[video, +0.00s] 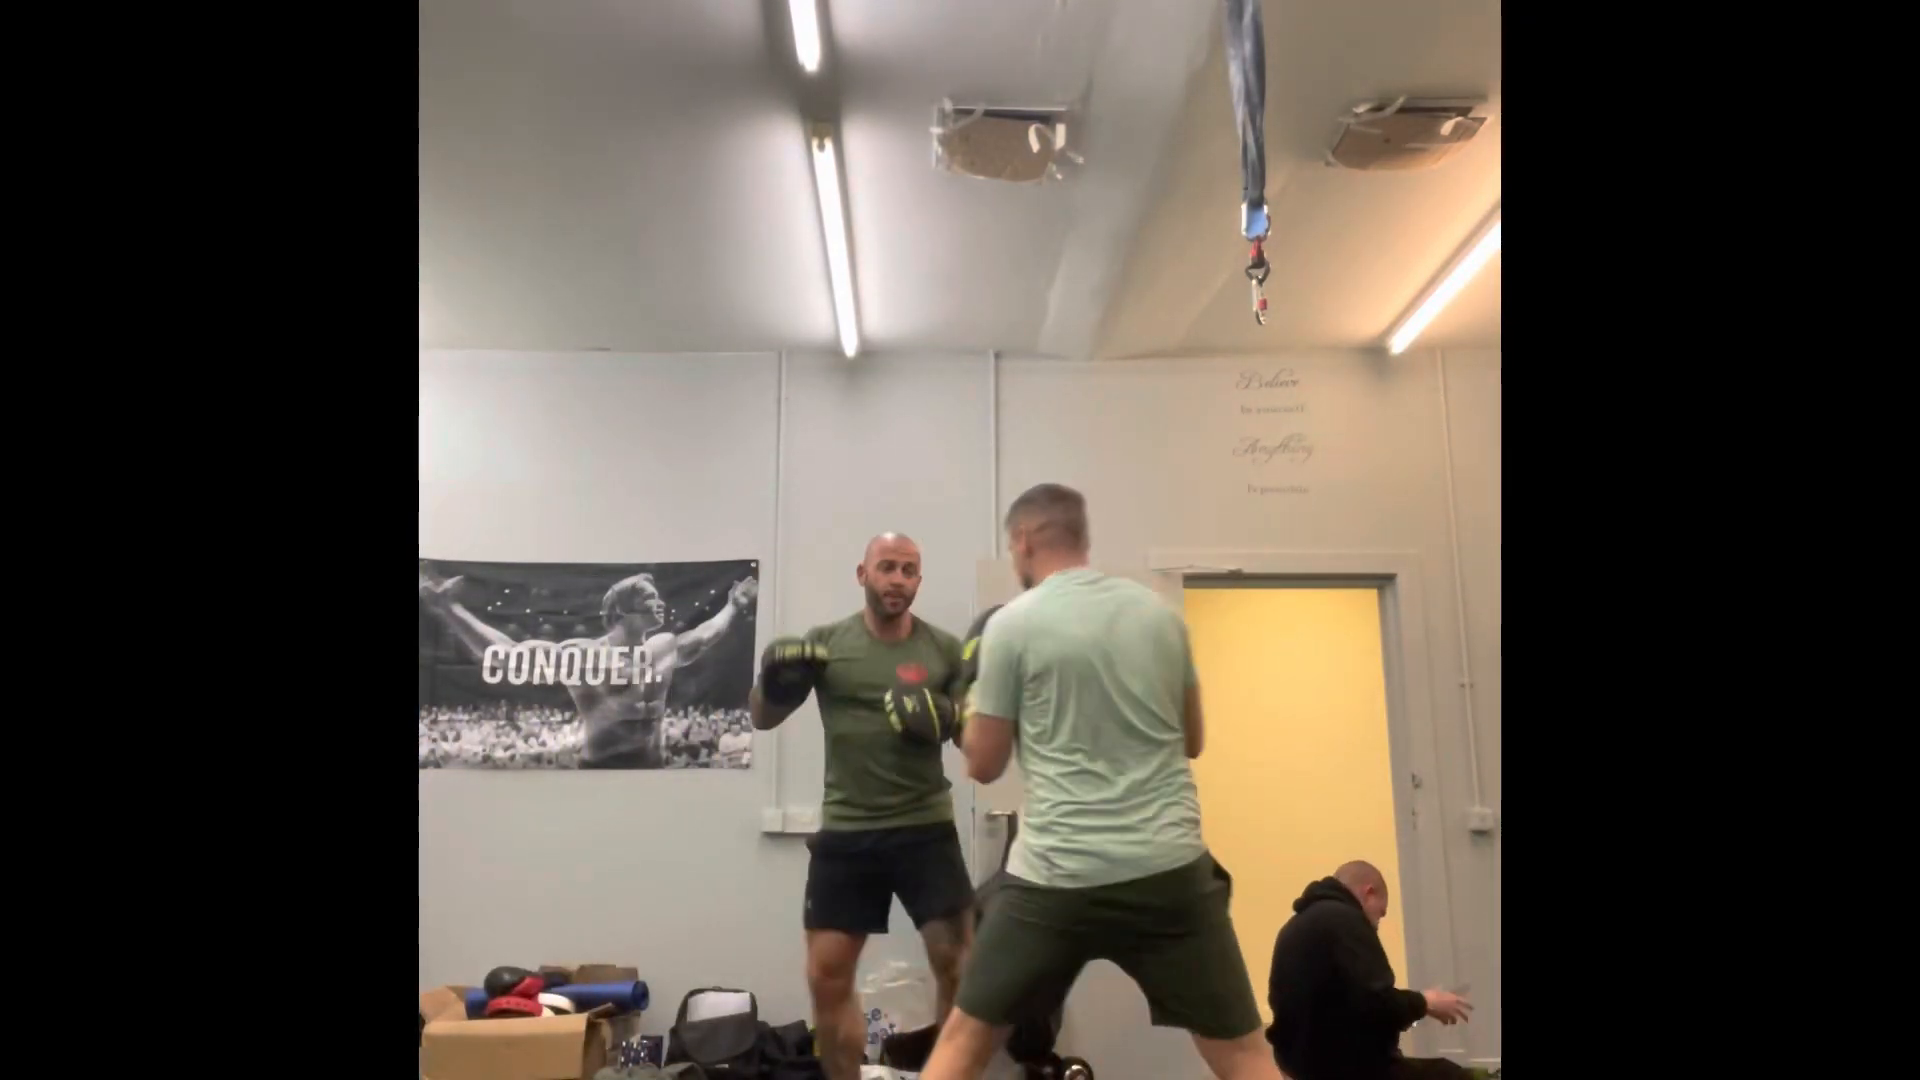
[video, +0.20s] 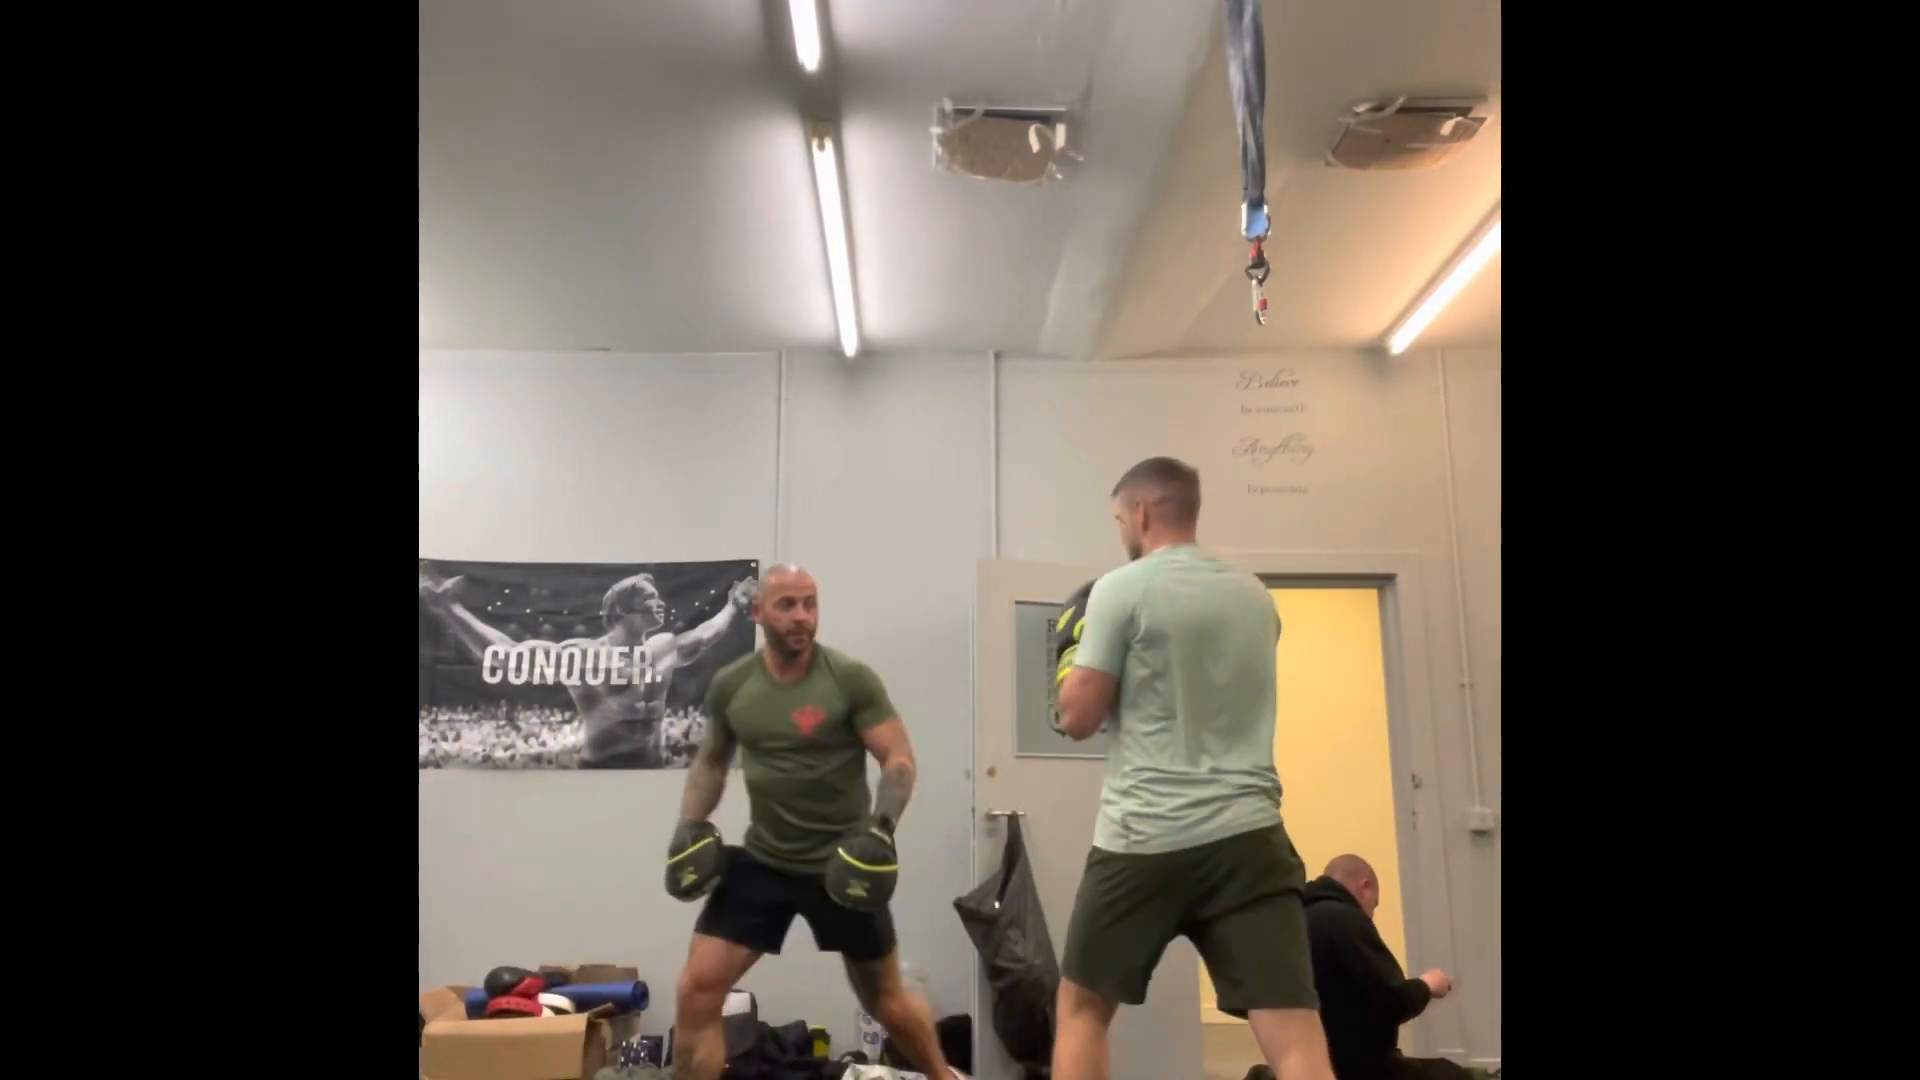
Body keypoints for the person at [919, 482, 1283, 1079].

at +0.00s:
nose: (1013, 561)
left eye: (1012, 548)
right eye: (1012, 549)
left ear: (1025, 542)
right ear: (1084, 540)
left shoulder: (1013, 625)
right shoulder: (1160, 613)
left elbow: (983, 763)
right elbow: (1190, 741)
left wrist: (979, 695)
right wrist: (1111, 713)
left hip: (1055, 873)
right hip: (1171, 869)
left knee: (966, 1040)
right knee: (1243, 1054)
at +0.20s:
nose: (1120, 531)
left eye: (1120, 517)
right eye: (1119, 517)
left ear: (1140, 512)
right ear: (1190, 514)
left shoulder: (1123, 589)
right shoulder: (1256, 592)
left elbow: (1078, 717)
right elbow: (1232, 693)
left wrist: (1078, 646)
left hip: (1144, 843)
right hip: (1251, 837)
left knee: (1083, 1013)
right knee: (1295, 1039)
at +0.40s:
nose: (1050, 550)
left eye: (1053, 533)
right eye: (1047, 536)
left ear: (1089, 522)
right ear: (1101, 523)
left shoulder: (1089, 593)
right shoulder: (1173, 585)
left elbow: (1055, 711)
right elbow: (1139, 689)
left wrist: (1021, 656)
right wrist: (1067, 629)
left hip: (1124, 832)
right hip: (1204, 821)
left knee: (1086, 1012)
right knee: (1186, 979)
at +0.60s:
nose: (1061, 545)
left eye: (1072, 531)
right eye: (1057, 533)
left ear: (1114, 527)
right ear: (1061, 534)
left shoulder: (1140, 594)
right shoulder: (1104, 604)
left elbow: (1141, 701)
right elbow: (1115, 700)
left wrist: (1072, 655)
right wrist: (1063, 655)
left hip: (1144, 807)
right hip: (1131, 805)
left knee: (1104, 976)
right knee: (1146, 974)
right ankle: (1203, 1074)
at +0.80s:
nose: (1066, 554)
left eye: (1080, 541)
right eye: (1061, 543)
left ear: (1118, 545)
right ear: (1058, 548)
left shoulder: (1145, 609)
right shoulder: (1077, 619)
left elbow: (1155, 712)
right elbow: (1055, 722)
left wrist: (1079, 659)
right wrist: (1031, 657)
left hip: (1128, 809)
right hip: (1088, 811)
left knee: (1072, 966)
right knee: (1118, 983)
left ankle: (1111, 1079)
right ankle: (1167, 1079)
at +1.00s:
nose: (1033, 538)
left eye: (1049, 526)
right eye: (1027, 527)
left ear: (1086, 535)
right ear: (1021, 534)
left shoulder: (1106, 602)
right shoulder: (1025, 611)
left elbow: (1103, 704)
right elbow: (994, 722)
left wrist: (1039, 635)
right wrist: (982, 647)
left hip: (1089, 827)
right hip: (1032, 826)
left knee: (1083, 1002)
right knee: (1026, 988)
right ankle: (1077, 1079)